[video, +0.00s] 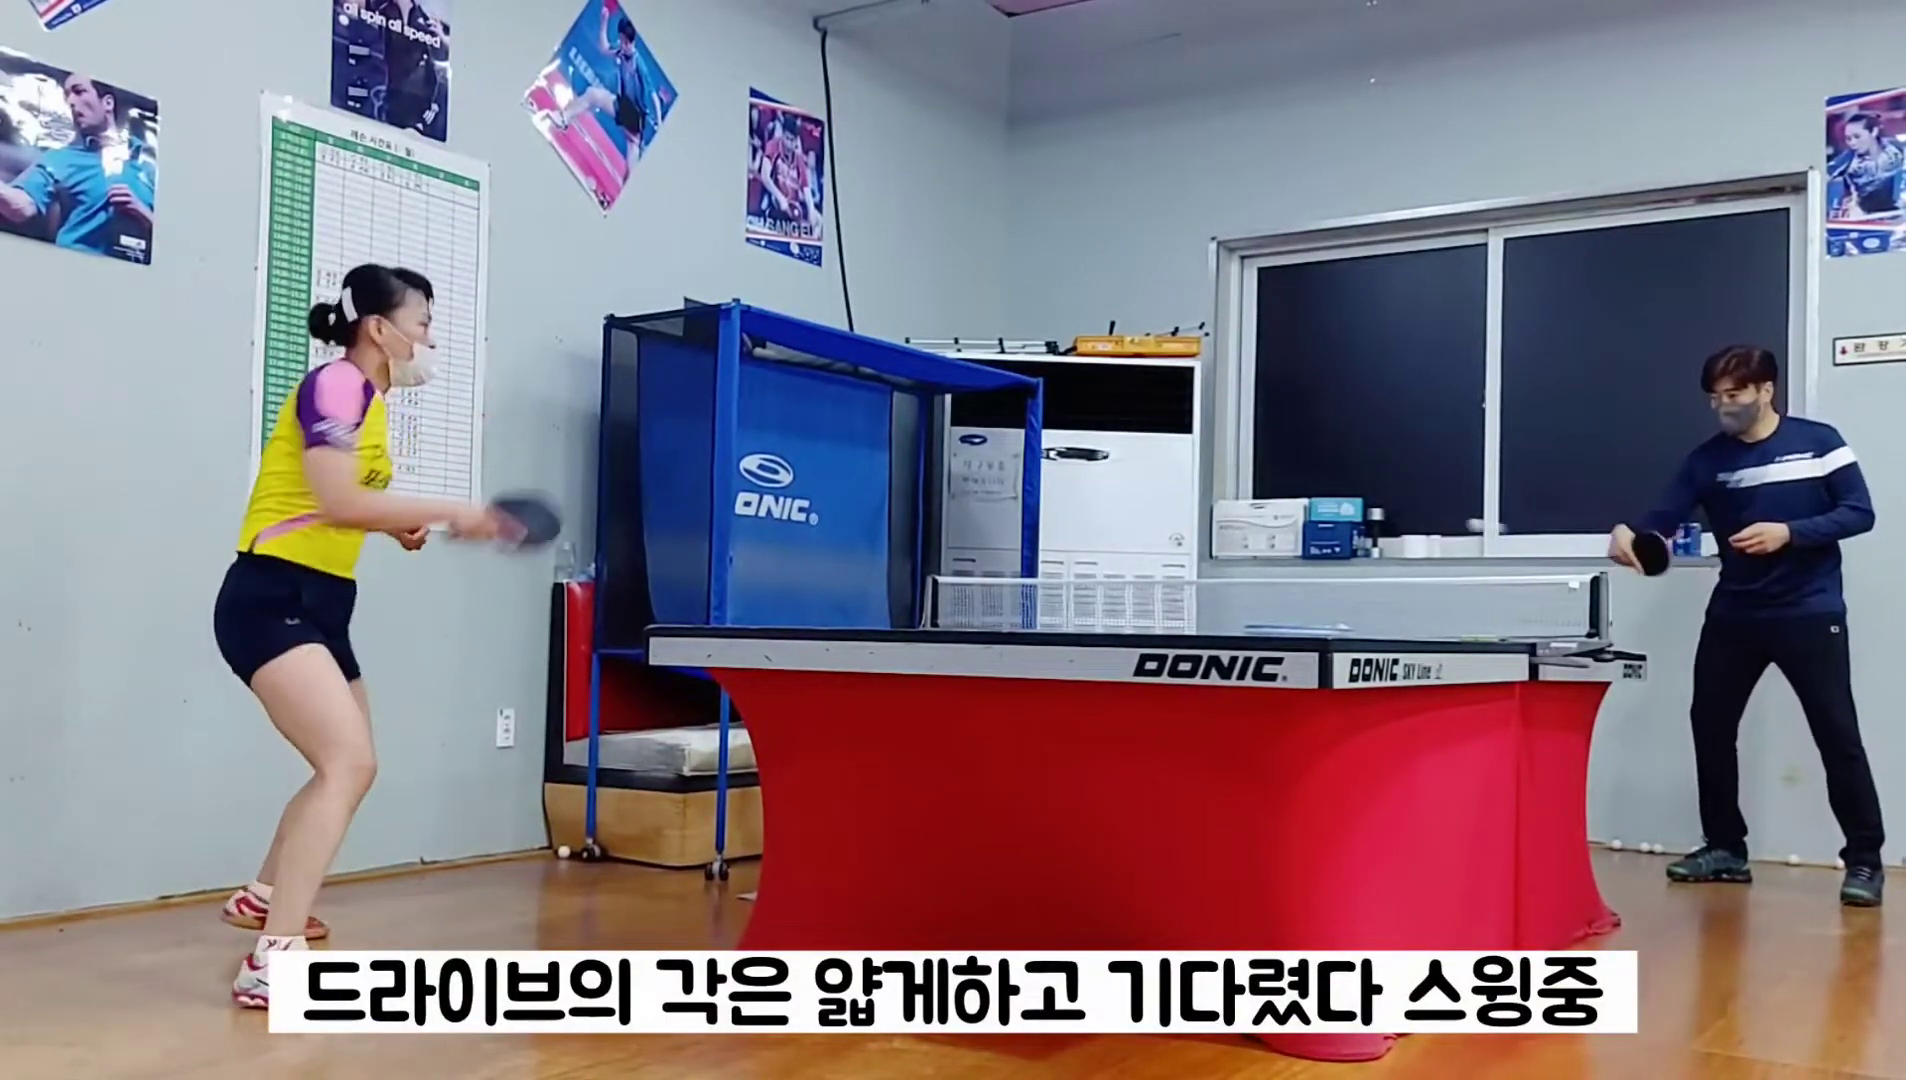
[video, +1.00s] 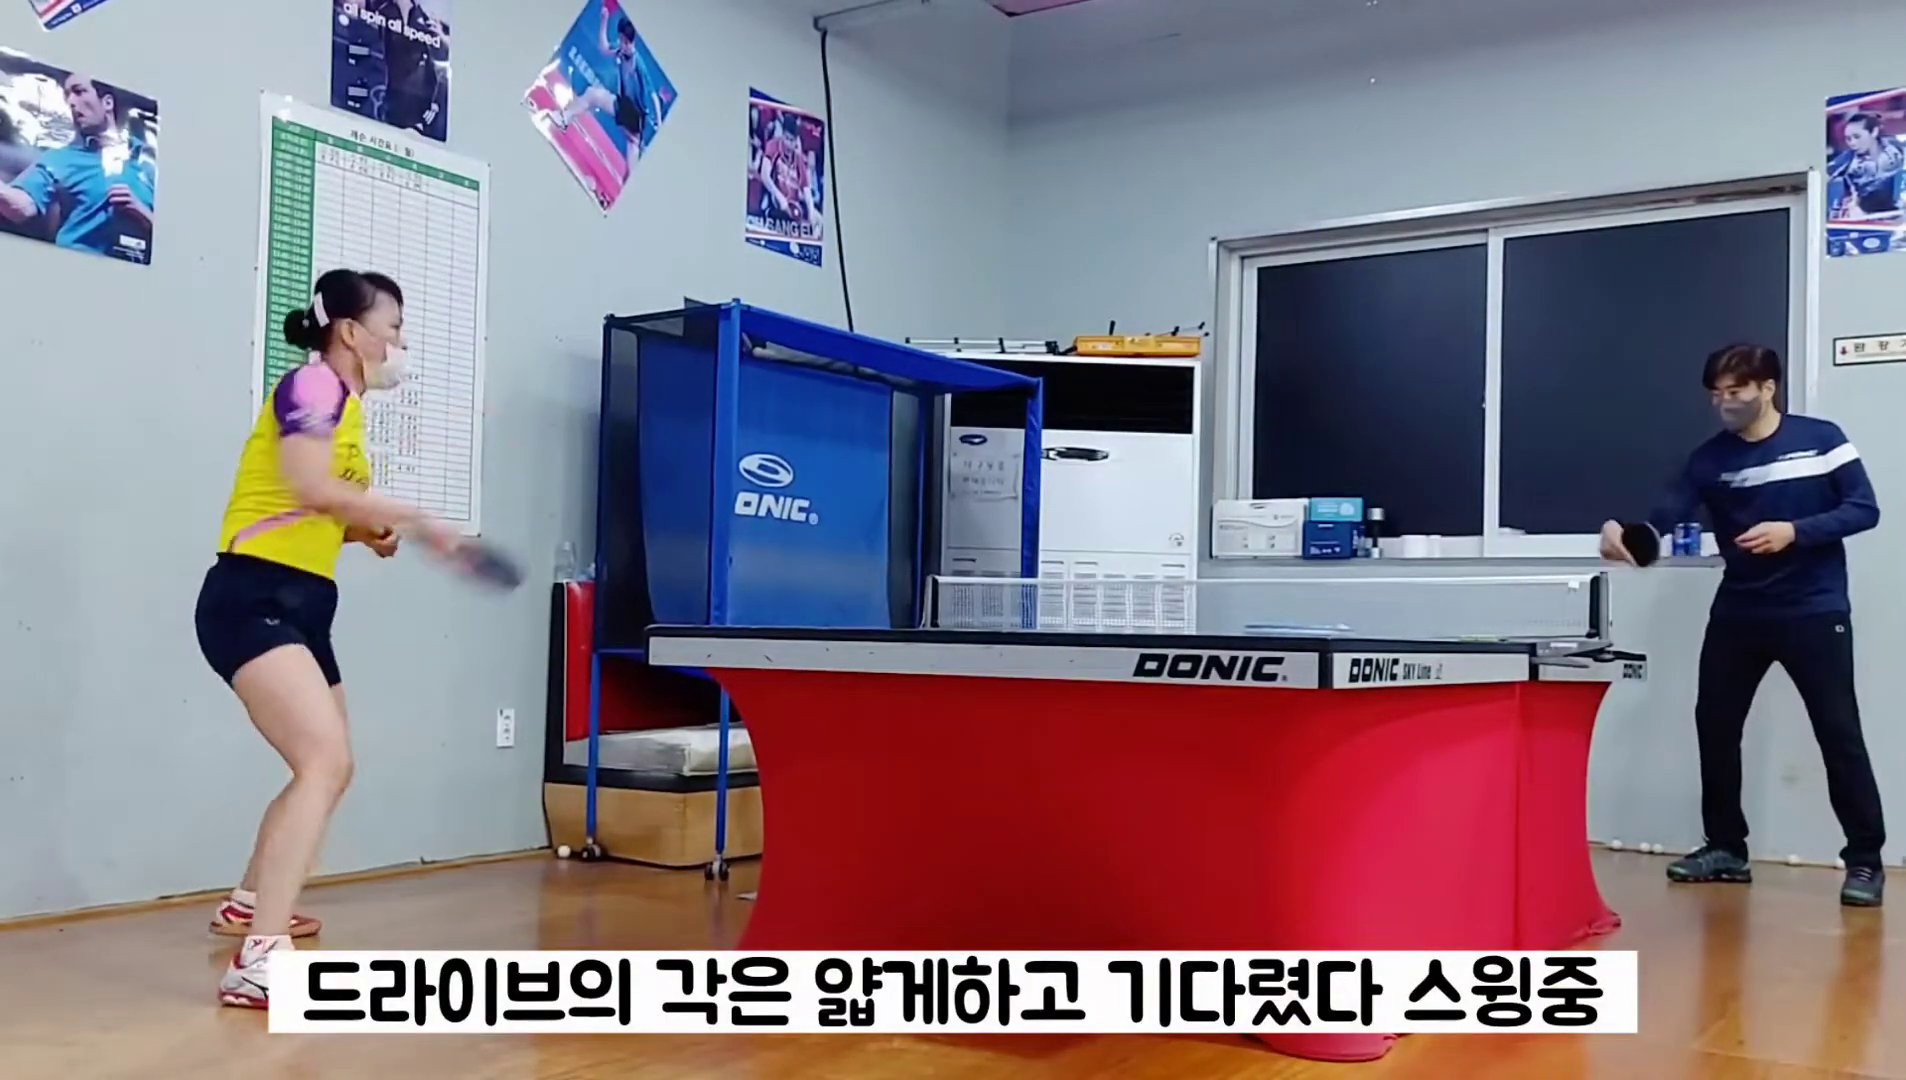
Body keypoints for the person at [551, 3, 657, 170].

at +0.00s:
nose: (622, 42)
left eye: (624, 39)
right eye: (621, 39)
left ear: (628, 40)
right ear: (622, 39)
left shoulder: (631, 56)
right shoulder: (622, 53)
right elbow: (603, 49)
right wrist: (604, 22)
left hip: (628, 109)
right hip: (636, 116)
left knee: (593, 95)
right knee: (632, 161)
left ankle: (564, 118)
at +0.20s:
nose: (621, 42)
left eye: (623, 40)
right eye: (621, 39)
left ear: (627, 41)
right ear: (622, 39)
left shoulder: (631, 55)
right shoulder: (622, 53)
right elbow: (604, 50)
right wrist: (604, 22)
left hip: (628, 108)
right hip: (637, 115)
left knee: (593, 94)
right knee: (632, 161)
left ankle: (563, 118)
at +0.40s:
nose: (621, 42)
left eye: (624, 40)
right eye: (621, 38)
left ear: (628, 41)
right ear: (620, 38)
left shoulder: (632, 56)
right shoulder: (622, 53)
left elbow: (631, 56)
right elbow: (604, 50)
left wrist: (628, 51)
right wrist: (604, 22)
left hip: (628, 109)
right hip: (638, 116)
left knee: (593, 94)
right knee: (633, 145)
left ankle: (563, 117)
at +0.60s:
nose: (623, 44)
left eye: (625, 41)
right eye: (622, 40)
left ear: (629, 42)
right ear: (620, 39)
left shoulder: (632, 57)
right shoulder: (621, 53)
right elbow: (603, 49)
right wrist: (604, 22)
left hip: (628, 109)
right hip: (636, 117)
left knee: (593, 95)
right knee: (632, 166)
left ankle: (563, 118)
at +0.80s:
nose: (622, 43)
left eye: (624, 40)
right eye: (622, 40)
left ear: (628, 41)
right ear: (622, 40)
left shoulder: (632, 56)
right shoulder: (621, 54)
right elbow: (604, 49)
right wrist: (604, 22)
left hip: (628, 109)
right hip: (636, 115)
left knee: (593, 94)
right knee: (632, 164)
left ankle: (563, 118)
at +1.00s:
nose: (622, 43)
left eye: (624, 40)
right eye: (621, 39)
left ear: (628, 41)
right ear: (622, 39)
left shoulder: (631, 55)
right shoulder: (623, 52)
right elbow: (604, 50)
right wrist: (604, 22)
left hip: (628, 109)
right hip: (637, 115)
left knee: (593, 94)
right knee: (632, 163)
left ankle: (563, 118)